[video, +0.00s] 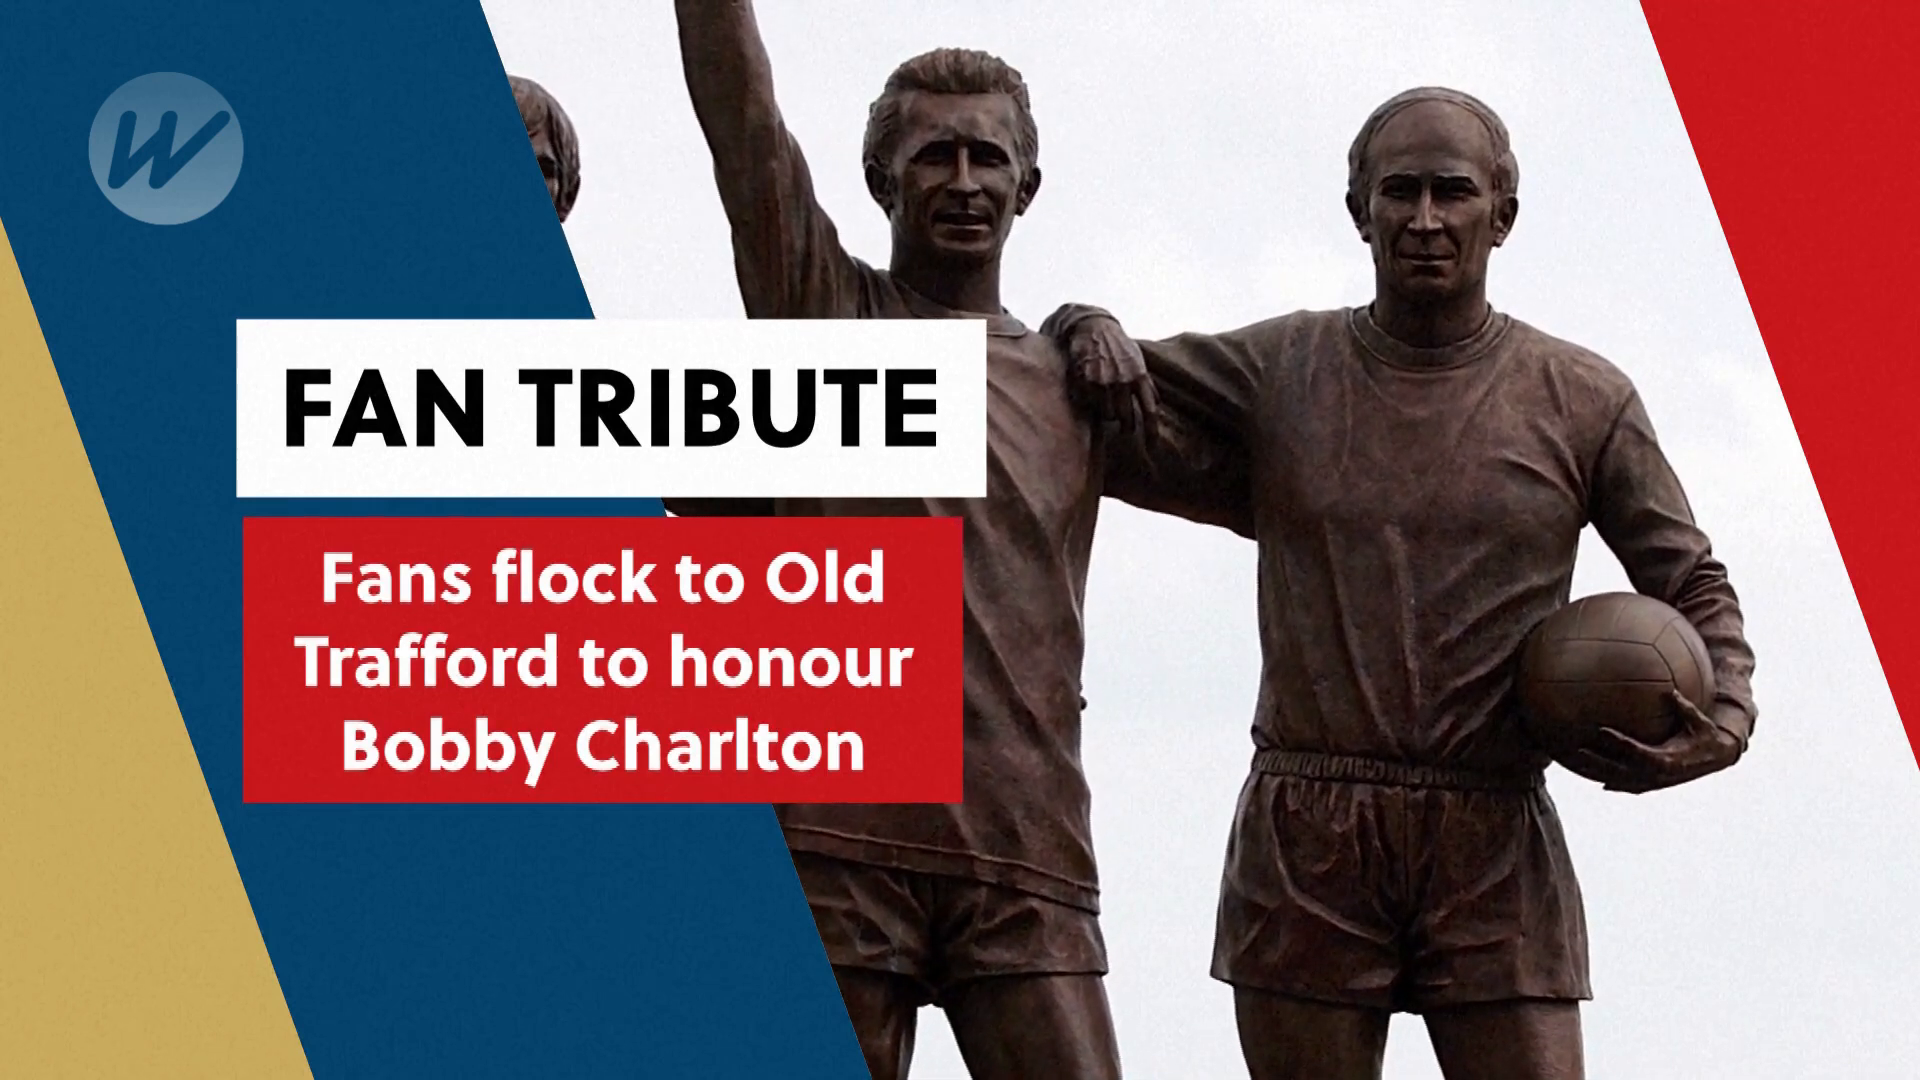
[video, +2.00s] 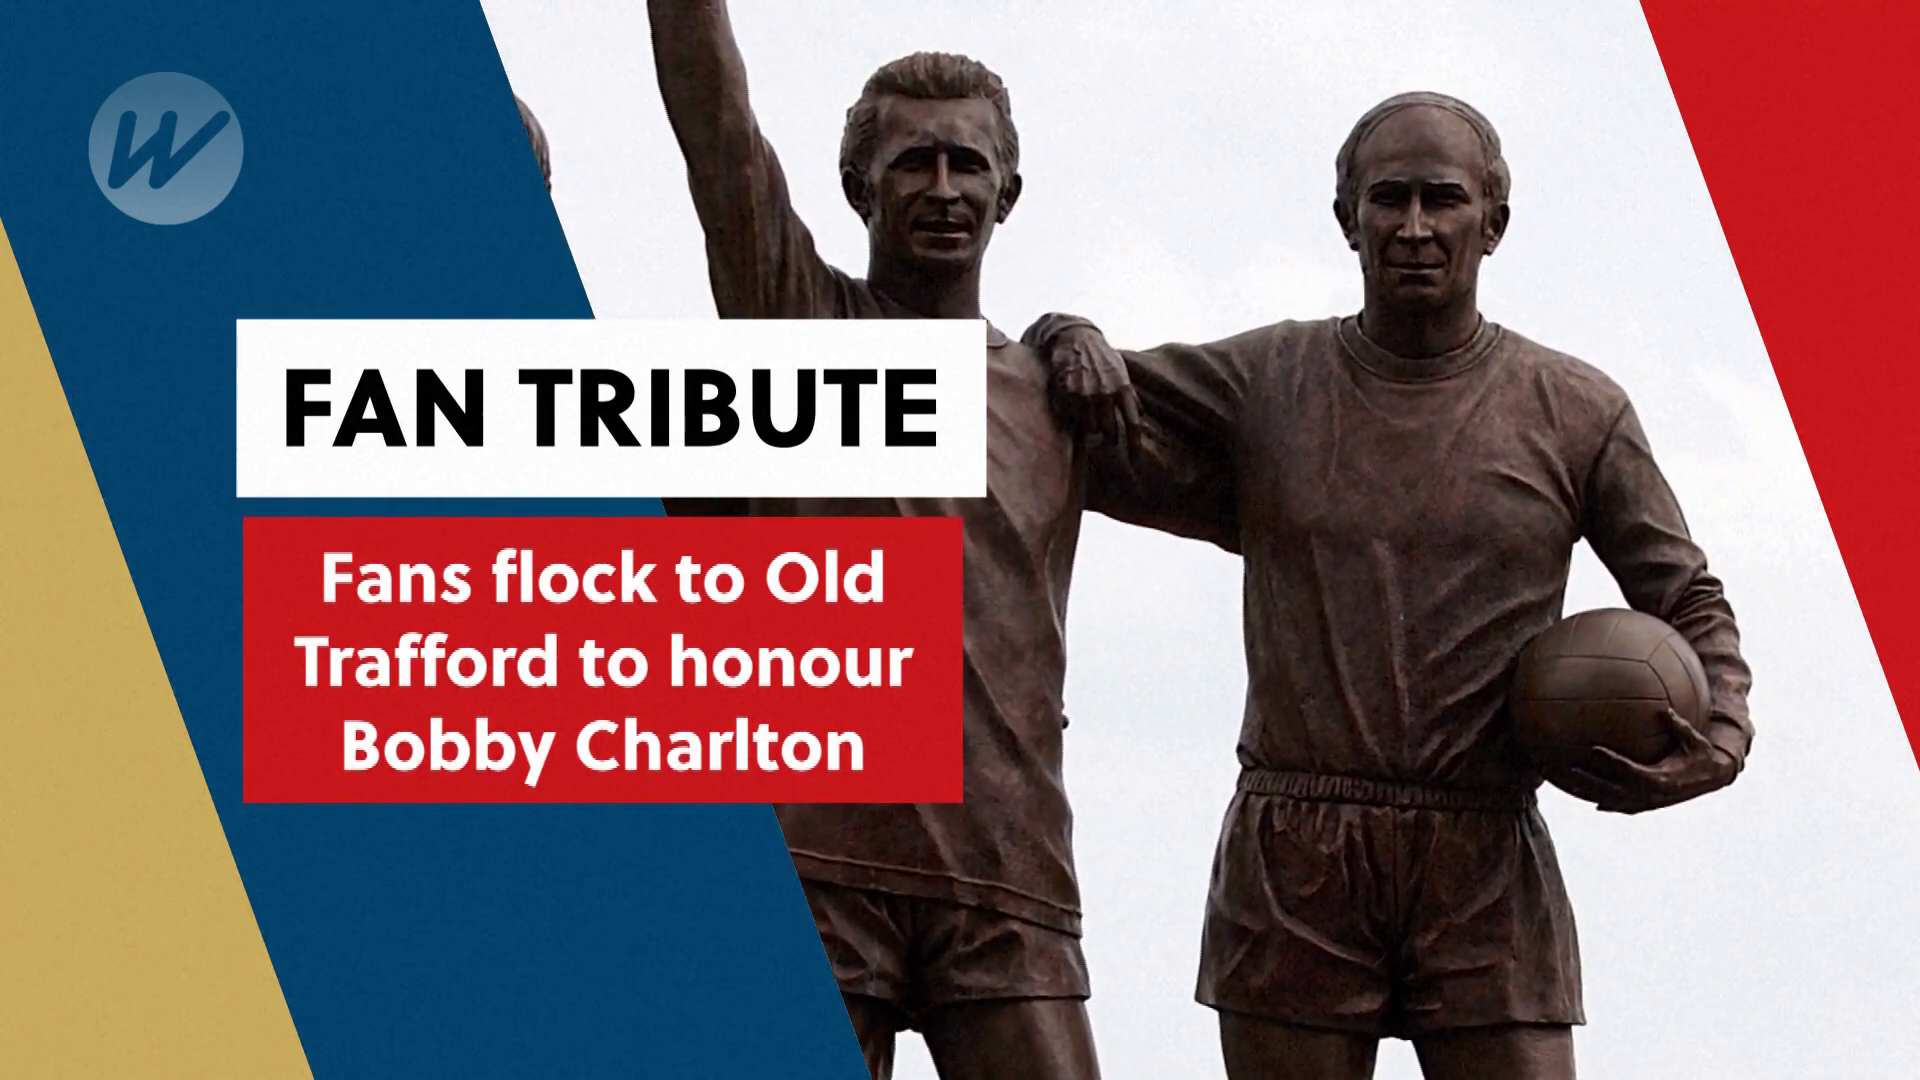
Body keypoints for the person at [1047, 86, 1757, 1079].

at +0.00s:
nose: (1425, 217)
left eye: (1454, 190)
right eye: (1399, 191)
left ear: (1505, 215)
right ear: (1359, 211)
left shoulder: (1583, 397)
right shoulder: (1279, 366)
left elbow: (1691, 582)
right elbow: (1108, 403)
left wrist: (1725, 706)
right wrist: (1083, 326)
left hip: (1495, 845)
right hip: (1306, 841)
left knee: (1539, 1065)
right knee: (1304, 1068)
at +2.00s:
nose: (1414, 224)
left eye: (1443, 197)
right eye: (1387, 199)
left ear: (1495, 221)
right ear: (1347, 220)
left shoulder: (1577, 408)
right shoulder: (1265, 377)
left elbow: (1686, 599)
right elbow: (1084, 410)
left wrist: (1721, 730)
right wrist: (1066, 337)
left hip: (1485, 863)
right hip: (1291, 859)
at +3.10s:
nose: (1407, 228)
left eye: (1437, 200)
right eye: (1381, 202)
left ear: (1491, 225)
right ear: (1340, 224)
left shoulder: (1573, 414)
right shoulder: (1259, 382)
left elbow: (1684, 609)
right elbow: (1088, 411)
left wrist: (1720, 746)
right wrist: (1054, 342)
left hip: (1480, 879)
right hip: (1283, 871)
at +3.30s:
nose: (1407, 229)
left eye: (1436, 201)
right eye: (1380, 203)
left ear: (1489, 226)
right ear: (1339, 224)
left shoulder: (1571, 415)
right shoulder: (1258, 383)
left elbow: (1682, 609)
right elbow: (1083, 413)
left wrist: (1719, 747)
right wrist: (1052, 344)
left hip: (1479, 882)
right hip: (1281, 876)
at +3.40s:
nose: (1406, 230)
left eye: (1435, 201)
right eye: (1379, 203)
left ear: (1488, 226)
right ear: (1339, 225)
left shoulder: (1571, 415)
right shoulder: (1258, 383)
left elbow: (1682, 609)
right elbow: (1083, 409)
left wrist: (1719, 745)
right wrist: (1052, 343)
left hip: (1480, 883)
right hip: (1281, 877)